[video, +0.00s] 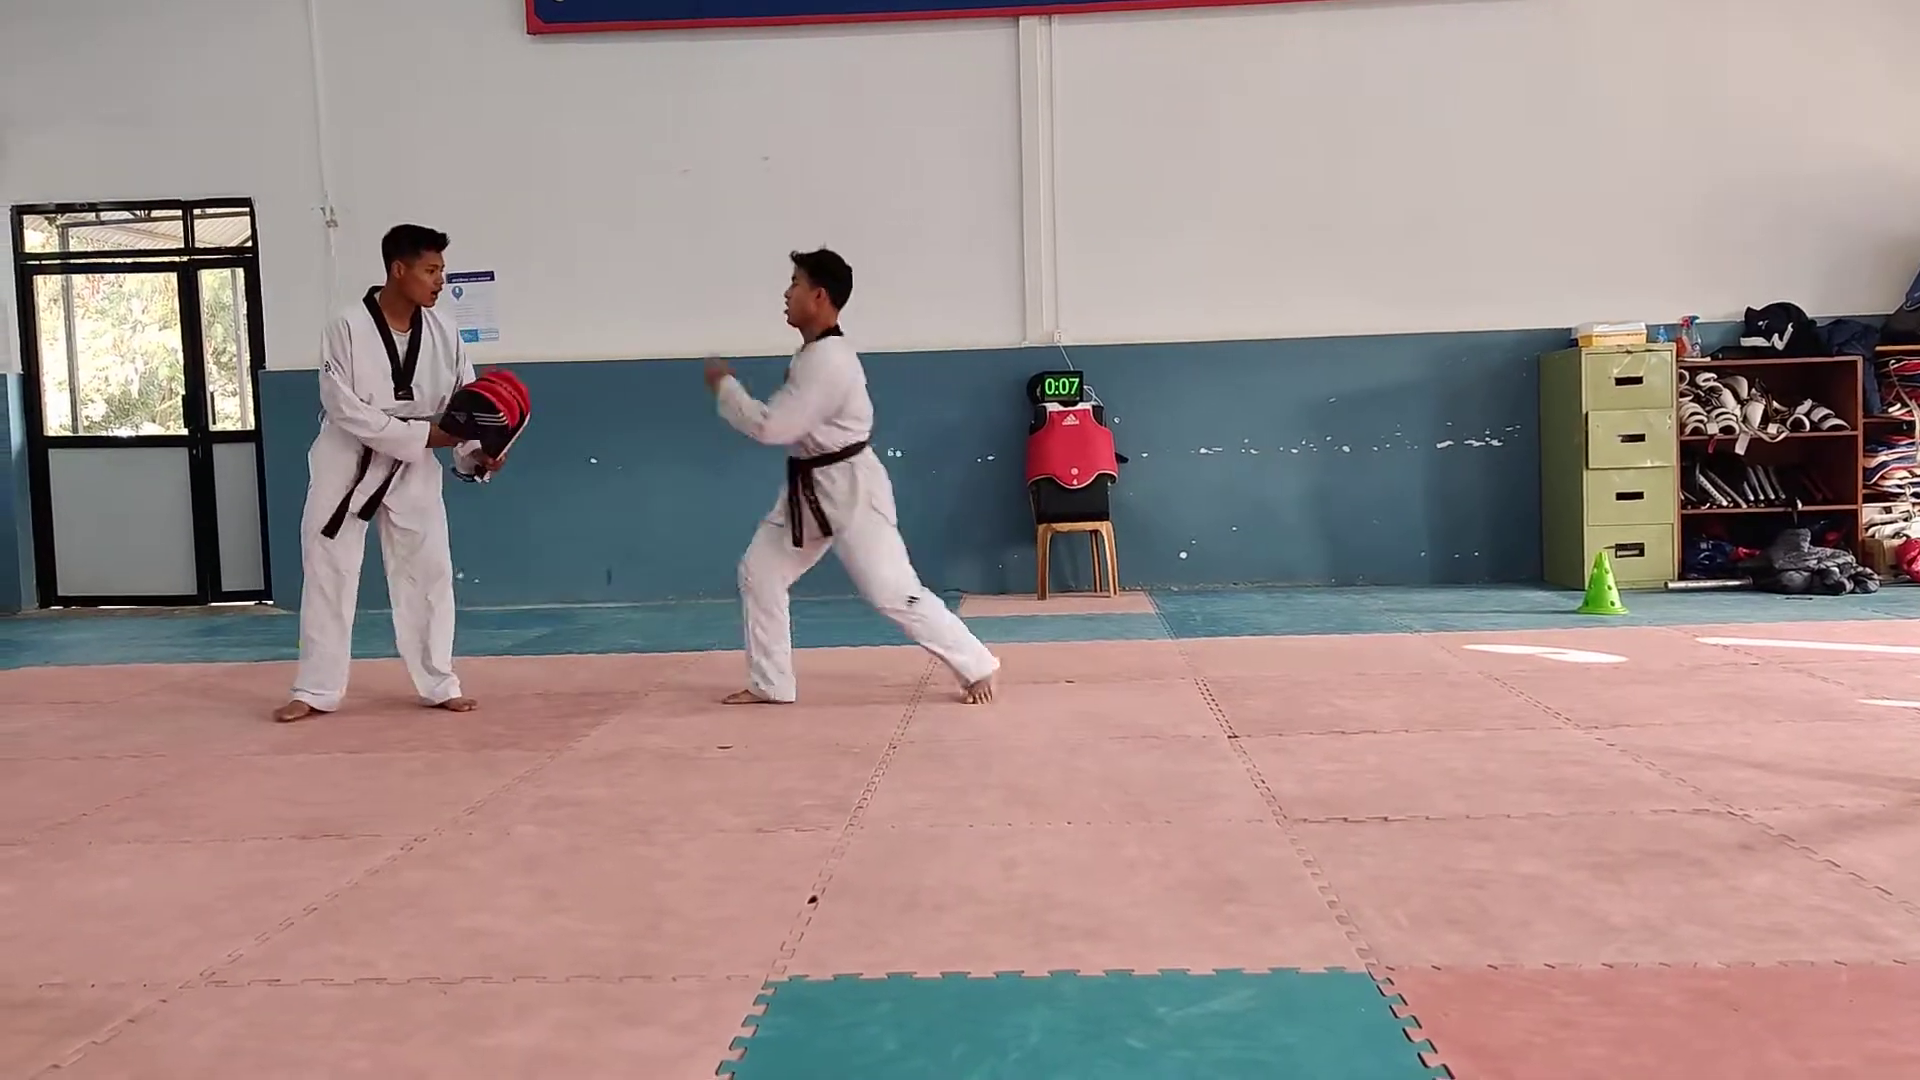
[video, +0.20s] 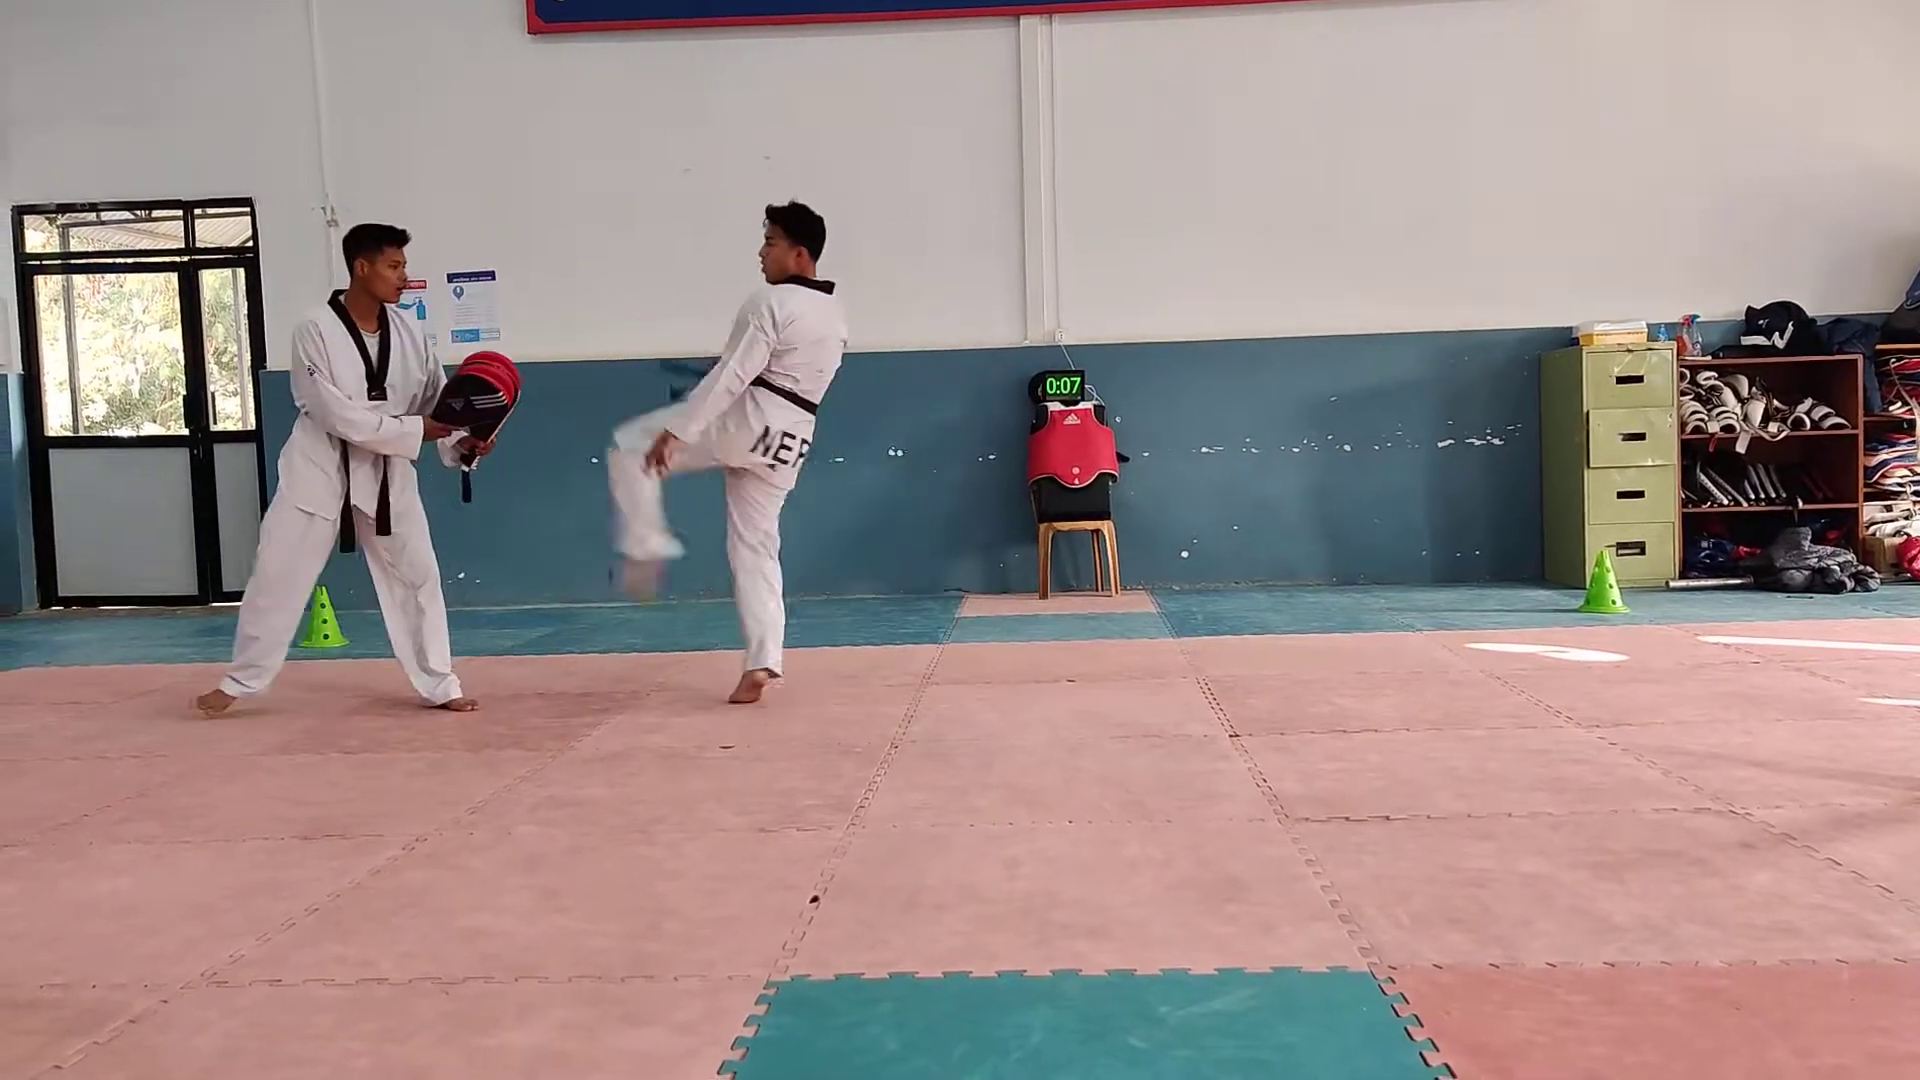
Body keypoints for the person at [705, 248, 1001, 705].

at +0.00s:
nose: (786, 294)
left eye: (795, 285)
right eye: (790, 284)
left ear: (820, 297)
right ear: (821, 298)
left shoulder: (828, 359)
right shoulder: (813, 355)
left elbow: (772, 428)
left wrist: (724, 386)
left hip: (851, 480)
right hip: (811, 484)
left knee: (890, 591)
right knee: (760, 571)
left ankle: (978, 665)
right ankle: (772, 685)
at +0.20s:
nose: (761, 251)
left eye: (770, 243)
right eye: (764, 241)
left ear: (800, 253)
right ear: (805, 254)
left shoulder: (772, 302)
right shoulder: (832, 312)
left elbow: (732, 374)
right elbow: (803, 383)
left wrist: (677, 432)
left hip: (745, 418)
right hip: (790, 441)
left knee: (628, 443)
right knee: (756, 547)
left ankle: (646, 548)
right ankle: (762, 661)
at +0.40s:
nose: (709, 241)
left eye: (716, 232)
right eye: (711, 231)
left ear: (741, 241)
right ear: (754, 244)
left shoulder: (720, 287)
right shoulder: (777, 303)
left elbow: (695, 353)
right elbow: (736, 358)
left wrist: (642, 415)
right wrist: (686, 328)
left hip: (690, 408)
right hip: (735, 440)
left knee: (581, 409)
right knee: (714, 551)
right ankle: (714, 663)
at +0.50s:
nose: (681, 246)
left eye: (688, 237)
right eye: (684, 236)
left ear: (715, 245)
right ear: (726, 249)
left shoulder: (683, 289)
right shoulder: (767, 316)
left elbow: (658, 357)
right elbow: (762, 398)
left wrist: (612, 412)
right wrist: (717, 408)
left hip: (660, 416)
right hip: (720, 434)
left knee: (576, 509)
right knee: (716, 548)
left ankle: (539, 605)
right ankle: (726, 656)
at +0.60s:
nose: (650, 284)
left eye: (657, 277)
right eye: (654, 275)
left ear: (680, 287)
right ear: (694, 289)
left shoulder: (643, 333)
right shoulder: (736, 351)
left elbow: (617, 401)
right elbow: (766, 424)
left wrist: (579, 454)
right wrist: (746, 477)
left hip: (638, 467)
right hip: (701, 472)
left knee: (603, 580)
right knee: (720, 574)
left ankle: (569, 695)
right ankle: (746, 669)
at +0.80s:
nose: (656, 288)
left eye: (660, 278)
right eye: (656, 278)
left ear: (684, 281)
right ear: (701, 282)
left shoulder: (666, 330)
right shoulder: (753, 327)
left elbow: (651, 416)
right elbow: (798, 401)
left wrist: (637, 451)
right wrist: (786, 460)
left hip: (695, 463)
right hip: (756, 459)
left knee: (647, 569)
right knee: (773, 564)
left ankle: (611, 684)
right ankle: (796, 667)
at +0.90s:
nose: (685, 285)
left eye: (690, 275)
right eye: (686, 275)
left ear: (713, 279)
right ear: (730, 281)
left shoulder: (696, 330)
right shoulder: (783, 326)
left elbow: (662, 412)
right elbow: (831, 394)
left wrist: (647, 393)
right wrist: (800, 434)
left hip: (737, 461)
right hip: (796, 457)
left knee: (699, 564)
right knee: (810, 555)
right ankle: (829, 642)